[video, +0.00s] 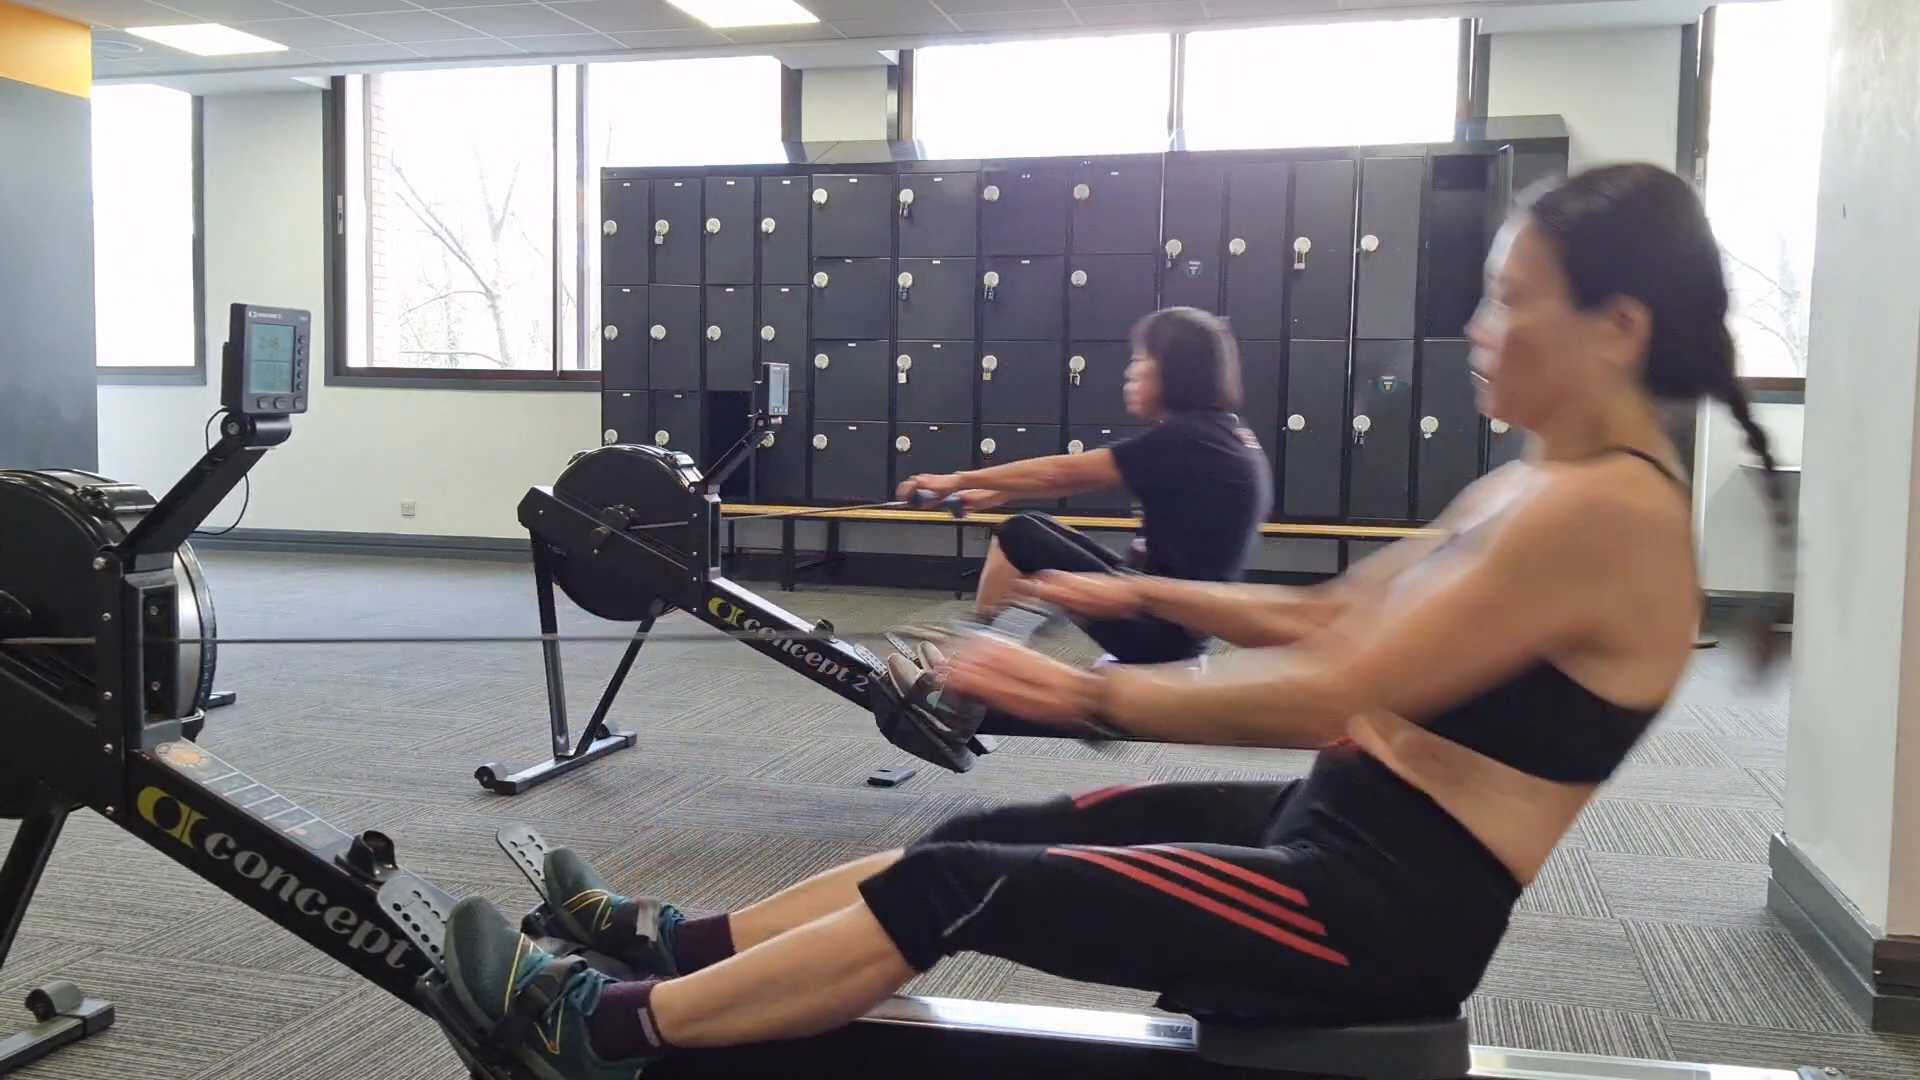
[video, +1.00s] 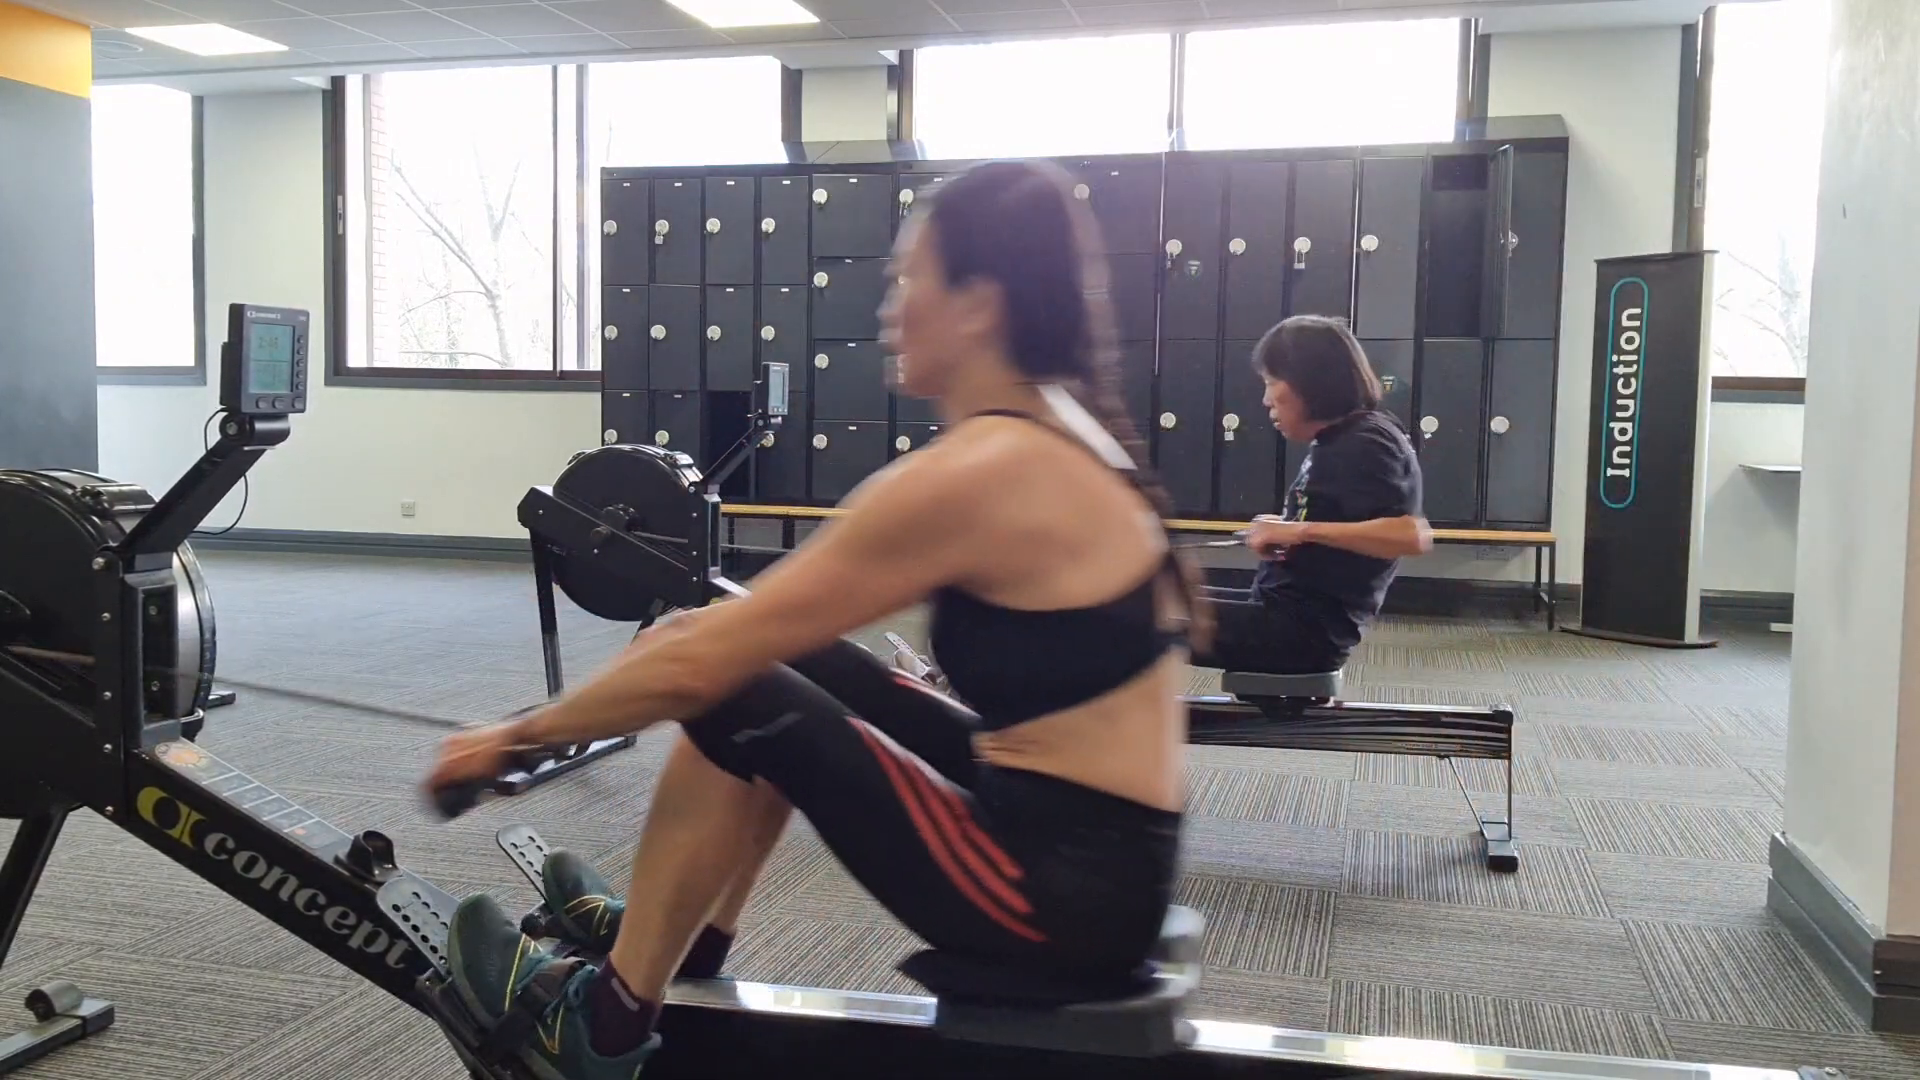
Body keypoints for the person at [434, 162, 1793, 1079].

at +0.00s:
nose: (1481, 333)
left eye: (1511, 306)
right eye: (1489, 303)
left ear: (1619, 328)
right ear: (1585, 327)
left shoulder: (1598, 509)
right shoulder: (1536, 479)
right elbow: (1336, 625)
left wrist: (1089, 697)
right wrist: (1122, 602)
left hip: (1378, 900)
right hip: (1330, 833)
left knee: (969, 874)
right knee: (967, 840)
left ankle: (621, 1029)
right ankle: (669, 953)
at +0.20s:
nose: (1483, 340)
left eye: (1514, 311)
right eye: (1488, 309)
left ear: (1625, 331)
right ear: (1576, 321)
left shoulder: (1639, 536)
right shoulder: (1562, 490)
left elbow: (1636, 857)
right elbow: (1505, 736)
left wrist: (1359, 835)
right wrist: (1337, 711)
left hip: (1380, 925)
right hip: (1334, 838)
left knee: (963, 864)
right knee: (971, 824)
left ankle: (623, 1026)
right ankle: (690, 962)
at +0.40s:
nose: (1401, 305)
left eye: (1428, 276)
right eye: (1408, 277)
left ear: (1532, 298)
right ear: (1494, 306)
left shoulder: (1555, 501)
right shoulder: (1479, 477)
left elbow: (1539, 818)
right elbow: (1428, 723)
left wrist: (1285, 763)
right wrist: (1295, 697)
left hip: (1364, 919)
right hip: (1325, 857)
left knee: (952, 837)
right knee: (956, 808)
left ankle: (621, 1034)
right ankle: (693, 946)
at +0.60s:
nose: (1238, 286)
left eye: (1267, 256)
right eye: (1244, 256)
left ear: (1363, 281)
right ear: (1339, 283)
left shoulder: (1373, 470)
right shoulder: (1353, 451)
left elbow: (1210, 742)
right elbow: (1263, 640)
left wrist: (1002, 663)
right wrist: (1109, 571)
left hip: (1294, 908)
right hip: (1280, 855)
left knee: (910, 788)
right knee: (933, 743)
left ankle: (643, 1026)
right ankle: (699, 968)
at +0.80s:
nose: (1053, 292)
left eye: (1077, 264)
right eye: (1060, 264)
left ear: (1166, 285)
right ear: (1161, 288)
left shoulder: (1152, 468)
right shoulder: (1210, 449)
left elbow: (916, 692)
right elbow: (1075, 597)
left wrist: (731, 677)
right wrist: (874, 581)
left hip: (1176, 914)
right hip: (1209, 868)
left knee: (831, 741)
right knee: (871, 704)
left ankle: (630, 1013)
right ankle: (667, 961)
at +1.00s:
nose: (888, 317)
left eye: (907, 287)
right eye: (893, 288)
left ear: (985, 304)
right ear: (985, 306)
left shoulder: (974, 474)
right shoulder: (1064, 432)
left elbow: (706, 653)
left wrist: (518, 737)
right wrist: (688, 642)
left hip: (1050, 894)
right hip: (1104, 861)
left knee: (731, 692)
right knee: (782, 644)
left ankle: (615, 1011)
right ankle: (695, 937)